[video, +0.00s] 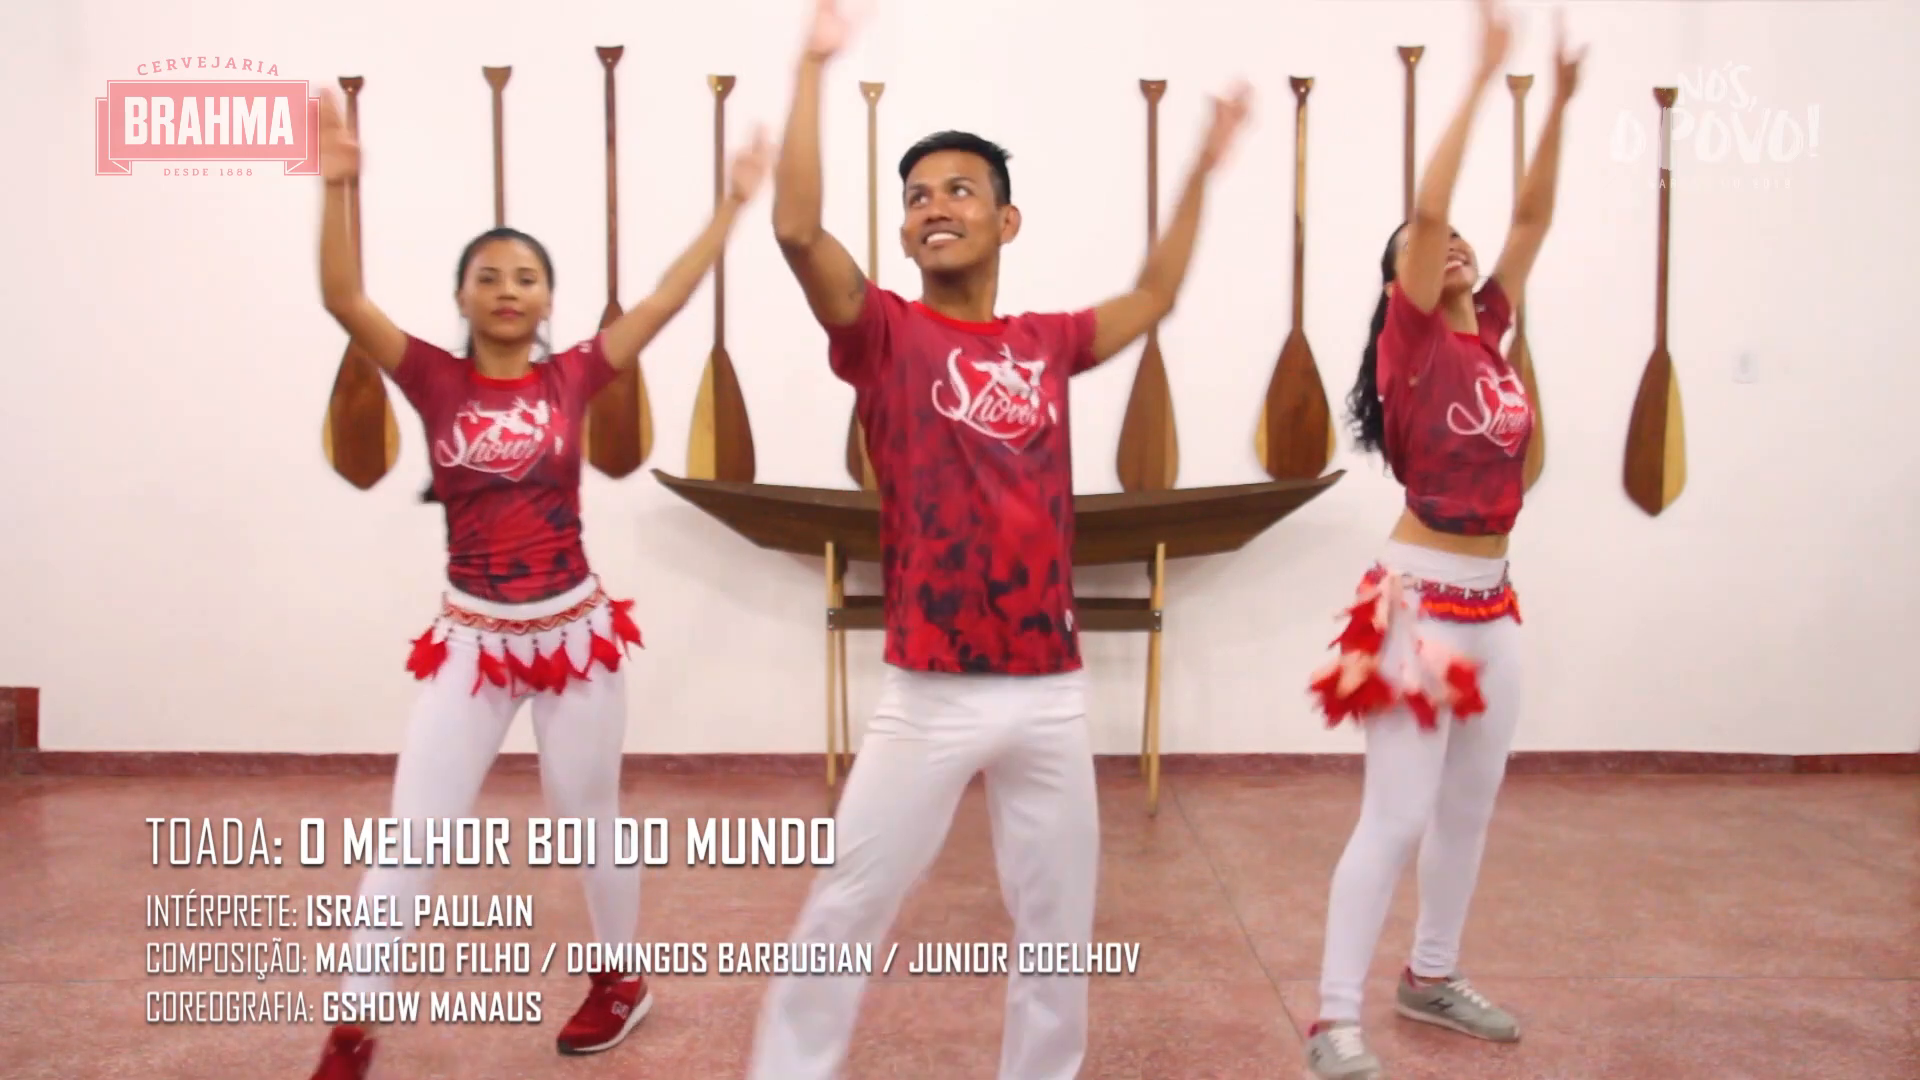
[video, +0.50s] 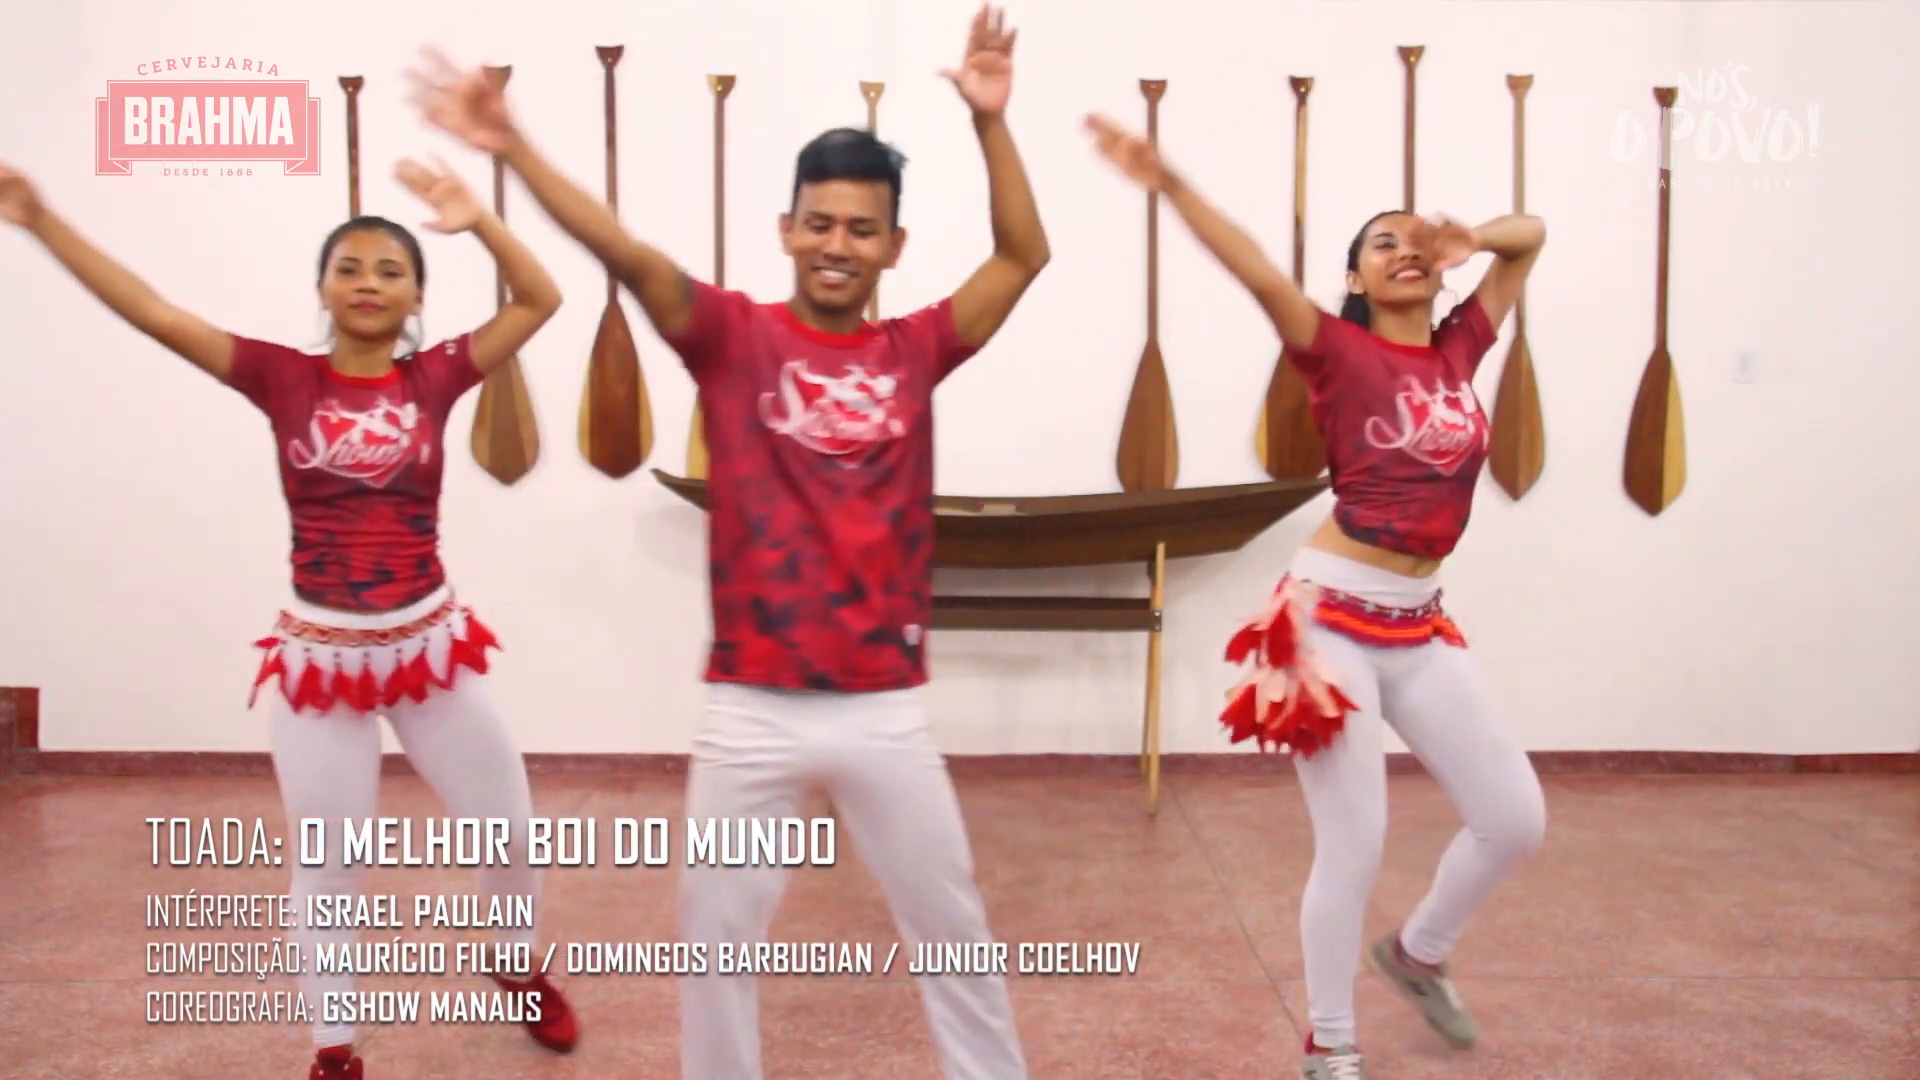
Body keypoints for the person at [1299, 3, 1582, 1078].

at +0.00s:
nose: (1459, 248)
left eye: (1461, 239)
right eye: (1436, 242)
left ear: (1475, 263)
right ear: (1410, 272)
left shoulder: (1488, 331)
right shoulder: (1414, 340)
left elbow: (1531, 218)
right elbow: (1428, 208)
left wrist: (1559, 101)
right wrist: (1483, 70)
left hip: (1490, 604)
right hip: (1416, 599)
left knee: (1466, 810)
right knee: (1395, 819)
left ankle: (1433, 977)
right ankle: (1336, 1021)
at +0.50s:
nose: (1402, 251)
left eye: (1415, 243)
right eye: (1381, 244)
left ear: (1440, 274)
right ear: (1356, 278)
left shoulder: (1460, 356)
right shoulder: (1337, 350)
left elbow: (1530, 238)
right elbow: (1255, 269)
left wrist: (1462, 235)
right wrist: (1168, 181)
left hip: (1416, 627)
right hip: (1326, 615)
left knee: (1514, 821)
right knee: (1352, 840)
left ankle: (1417, 954)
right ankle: (1331, 1051)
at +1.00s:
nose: (1443, 277)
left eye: (1461, 264)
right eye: (1426, 259)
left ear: (1487, 282)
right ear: (1399, 271)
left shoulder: (1487, 368)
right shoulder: (1354, 356)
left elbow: (1523, 246)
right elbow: (1234, 302)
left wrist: (1368, 239)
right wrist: (1124, 258)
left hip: (1439, 638)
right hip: (1326, 629)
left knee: (1476, 875)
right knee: (1342, 854)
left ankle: (1406, 988)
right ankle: (1331, 1050)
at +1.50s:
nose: (1544, 250)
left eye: (1568, 240)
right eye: (1528, 233)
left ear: (1593, 270)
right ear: (1496, 252)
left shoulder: (1580, 360)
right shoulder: (1460, 324)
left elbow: (1669, 253)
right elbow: (1447, 178)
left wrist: (1768, 128)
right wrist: (1487, 44)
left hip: (1536, 628)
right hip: (1425, 628)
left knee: (1564, 891)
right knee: (1401, 878)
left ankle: (1593, 1074)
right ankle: (1384, 1054)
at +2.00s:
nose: (1626, 243)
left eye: (1646, 226)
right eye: (1604, 226)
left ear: (1669, 248)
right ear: (1566, 245)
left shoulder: (1686, 368)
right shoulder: (1522, 335)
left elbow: (1847, 329)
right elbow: (1526, 179)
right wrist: (1693, 203)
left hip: (1655, 657)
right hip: (1523, 657)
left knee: (1642, 916)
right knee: (1506, 918)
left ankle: (1614, 1077)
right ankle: (1491, 1052)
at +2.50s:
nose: (1533, 213)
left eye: (1560, 197)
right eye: (1533, 203)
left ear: (1621, 225)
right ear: (1538, 236)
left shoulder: (1676, 329)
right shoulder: (1515, 328)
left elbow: (1746, 148)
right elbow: (1442, 188)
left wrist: (1799, 13)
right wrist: (1535, 69)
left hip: (1642, 640)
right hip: (1510, 626)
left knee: (1623, 911)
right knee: (1421, 856)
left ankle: (1595, 1075)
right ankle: (1434, 1031)